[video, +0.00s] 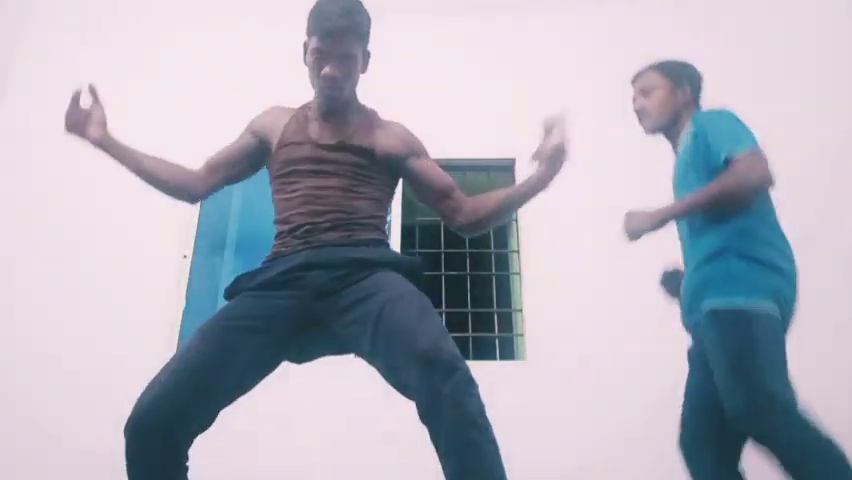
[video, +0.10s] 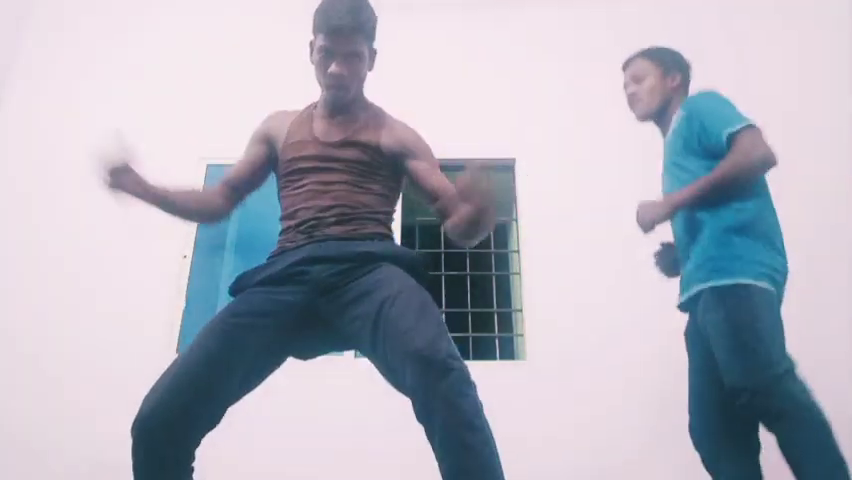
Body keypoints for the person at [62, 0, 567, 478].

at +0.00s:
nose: (335, 71)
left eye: (348, 59)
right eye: (324, 57)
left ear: (368, 61)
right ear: (306, 55)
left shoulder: (395, 139)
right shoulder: (274, 126)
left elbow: (463, 212)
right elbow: (195, 183)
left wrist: (536, 179)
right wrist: (103, 137)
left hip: (370, 283)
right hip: (280, 287)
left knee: (445, 374)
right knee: (151, 426)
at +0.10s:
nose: (337, 67)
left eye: (351, 56)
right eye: (327, 54)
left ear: (371, 58)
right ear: (312, 54)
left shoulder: (397, 135)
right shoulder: (279, 127)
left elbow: (458, 227)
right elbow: (218, 201)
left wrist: (475, 211)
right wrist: (145, 190)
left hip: (372, 273)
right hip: (286, 279)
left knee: (439, 370)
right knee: (159, 423)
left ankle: (481, 476)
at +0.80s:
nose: (282, 17)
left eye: (294, 8)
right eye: (273, 7)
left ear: (308, 19)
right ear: (257, 13)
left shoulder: (331, 94)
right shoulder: (218, 82)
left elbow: (363, 170)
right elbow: (180, 165)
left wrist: (382, 213)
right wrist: (143, 176)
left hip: (299, 237)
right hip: (219, 232)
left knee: (332, 360)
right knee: (142, 371)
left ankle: (327, 476)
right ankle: (118, 475)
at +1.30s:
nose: (337, 67)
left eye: (340, 58)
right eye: (330, 54)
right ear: (293, 53)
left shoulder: (341, 139)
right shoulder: (240, 109)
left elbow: (358, 228)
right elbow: (231, 154)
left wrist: (377, 209)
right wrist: (307, 110)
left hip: (324, 296)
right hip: (251, 290)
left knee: (366, 427)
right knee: (194, 415)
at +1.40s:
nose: (339, 90)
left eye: (341, 82)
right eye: (333, 76)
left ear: (303, 78)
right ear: (296, 74)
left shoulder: (340, 162)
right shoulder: (239, 129)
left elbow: (358, 254)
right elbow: (238, 180)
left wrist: (377, 214)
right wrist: (302, 119)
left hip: (325, 320)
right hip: (250, 313)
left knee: (374, 459)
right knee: (195, 427)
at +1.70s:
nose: (297, 53)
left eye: (301, 45)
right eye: (289, 40)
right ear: (251, 39)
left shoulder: (293, 125)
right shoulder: (188, 97)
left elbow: (319, 218)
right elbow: (135, 163)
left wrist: (307, 158)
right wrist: (223, 121)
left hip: (260, 285)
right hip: (182, 275)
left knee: (316, 434)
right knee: (90, 395)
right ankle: (16, 474)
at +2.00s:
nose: (303, 51)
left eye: (307, 44)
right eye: (296, 38)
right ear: (258, 34)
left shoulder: (299, 123)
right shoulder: (198, 89)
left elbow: (315, 221)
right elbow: (154, 160)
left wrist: (312, 169)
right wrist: (243, 126)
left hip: (276, 278)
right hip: (198, 270)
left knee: (356, 400)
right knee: (115, 372)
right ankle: (51, 475)